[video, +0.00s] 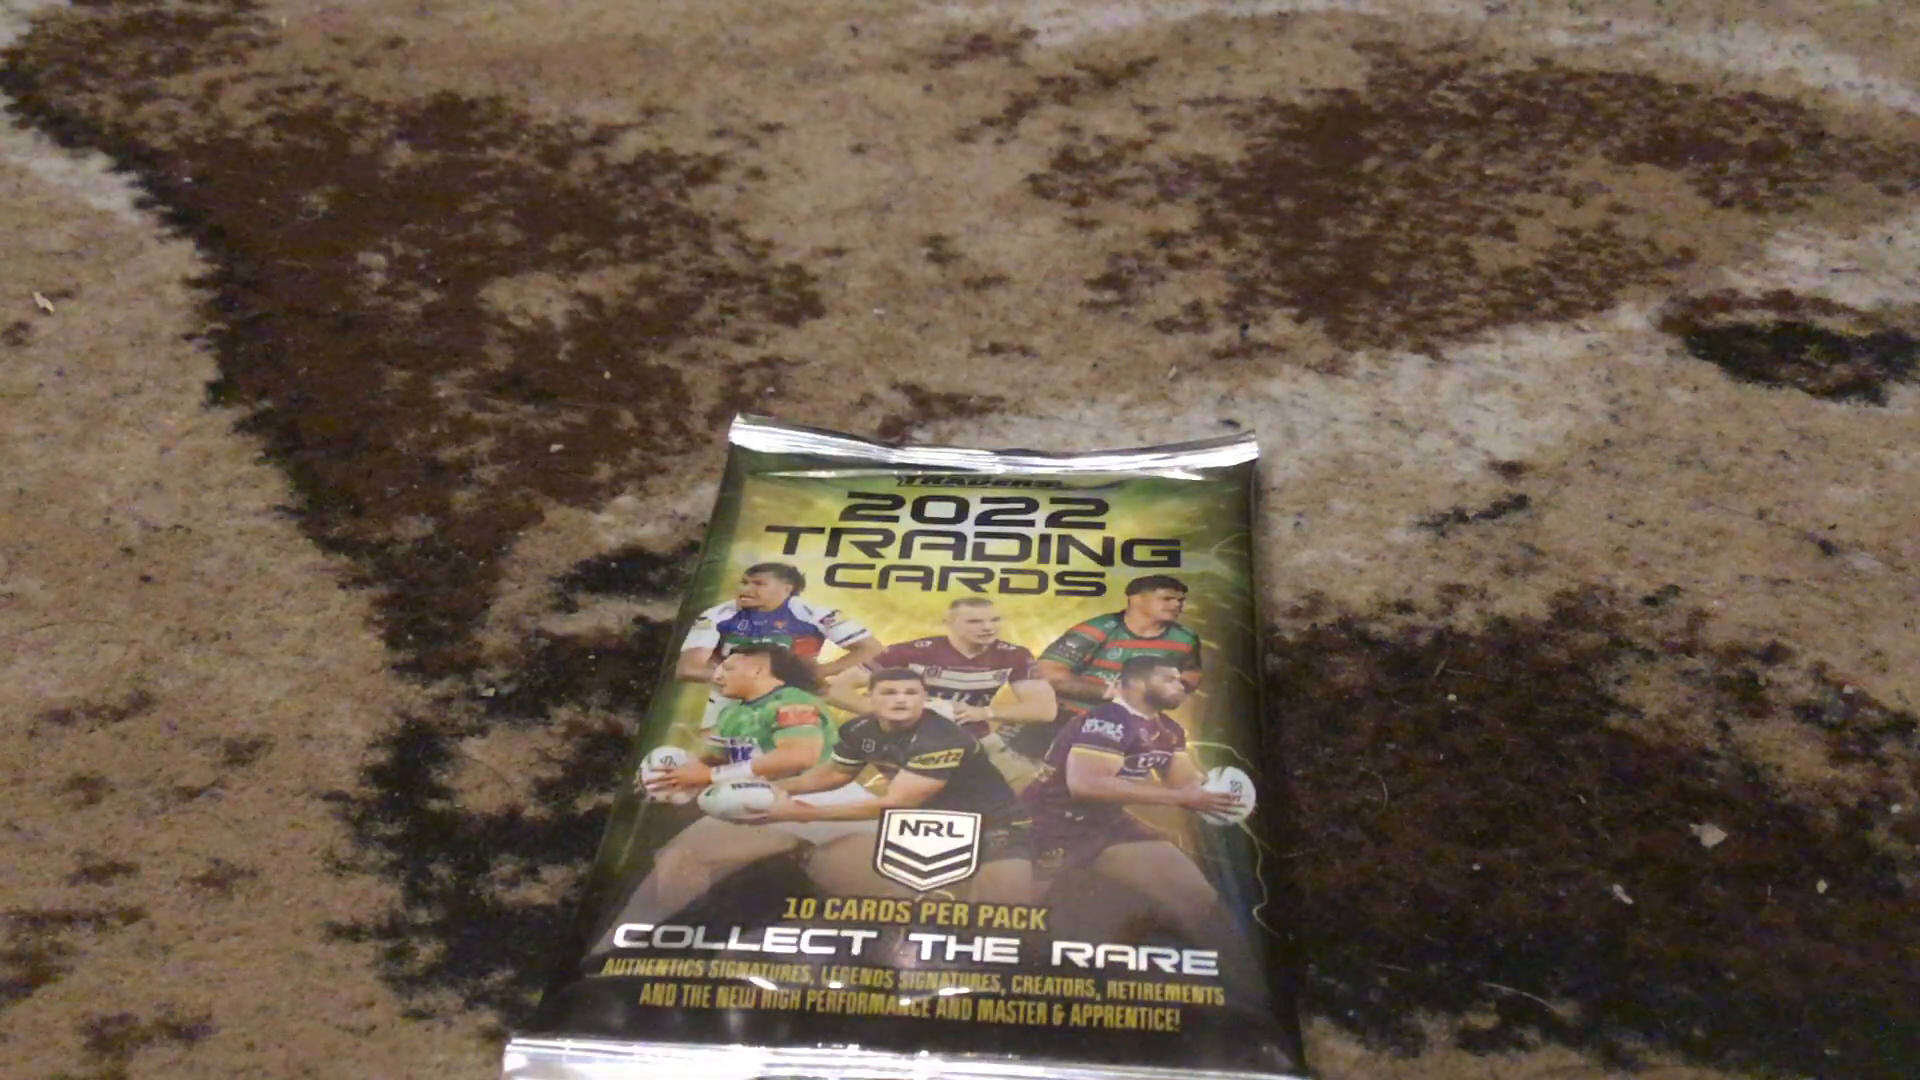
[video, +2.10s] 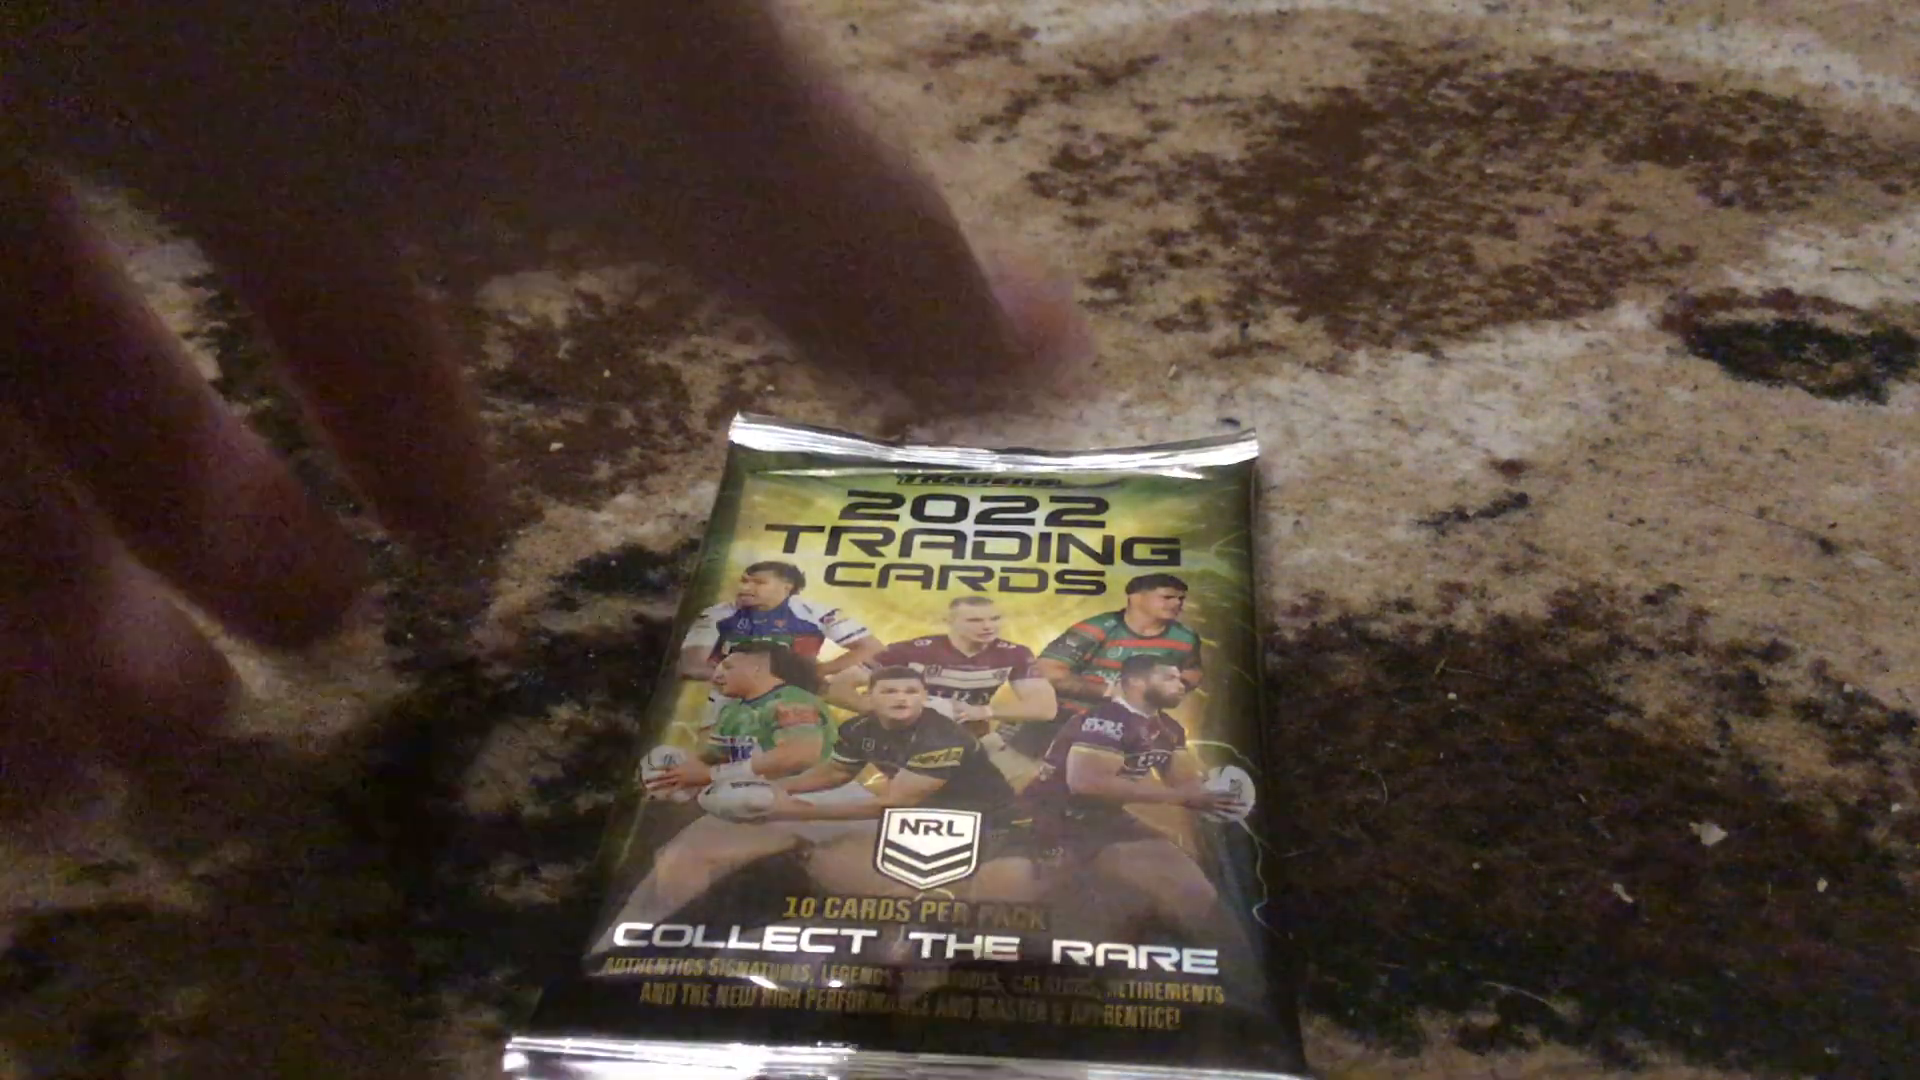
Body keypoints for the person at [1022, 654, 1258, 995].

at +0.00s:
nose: (1180, 684)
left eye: (1178, 679)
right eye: (1169, 678)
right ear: (1135, 682)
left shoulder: (1168, 732)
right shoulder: (1105, 720)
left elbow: (1187, 784)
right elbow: (1084, 782)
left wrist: (1228, 800)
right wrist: (1180, 796)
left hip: (1103, 827)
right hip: (1044, 828)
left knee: (1198, 900)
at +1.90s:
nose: (1180, 683)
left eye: (1178, 678)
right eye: (1169, 677)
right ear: (1134, 681)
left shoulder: (1168, 732)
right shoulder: (1106, 719)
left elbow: (1188, 784)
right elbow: (1085, 781)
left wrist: (1225, 798)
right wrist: (1180, 796)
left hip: (1106, 825)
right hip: (1047, 825)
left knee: (1196, 897)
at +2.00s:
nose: (1180, 683)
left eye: (1178, 677)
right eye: (1169, 677)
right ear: (1134, 681)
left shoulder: (1170, 731)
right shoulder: (1107, 719)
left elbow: (1188, 784)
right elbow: (1084, 780)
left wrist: (1220, 798)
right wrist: (1182, 796)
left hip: (1109, 822)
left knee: (1195, 896)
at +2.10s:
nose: (1181, 683)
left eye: (1178, 677)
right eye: (1169, 677)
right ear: (1134, 682)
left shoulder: (1169, 731)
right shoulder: (1107, 718)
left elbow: (1186, 783)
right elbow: (1084, 780)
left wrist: (1221, 797)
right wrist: (1182, 796)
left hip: (1106, 820)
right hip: (1058, 819)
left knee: (1194, 895)